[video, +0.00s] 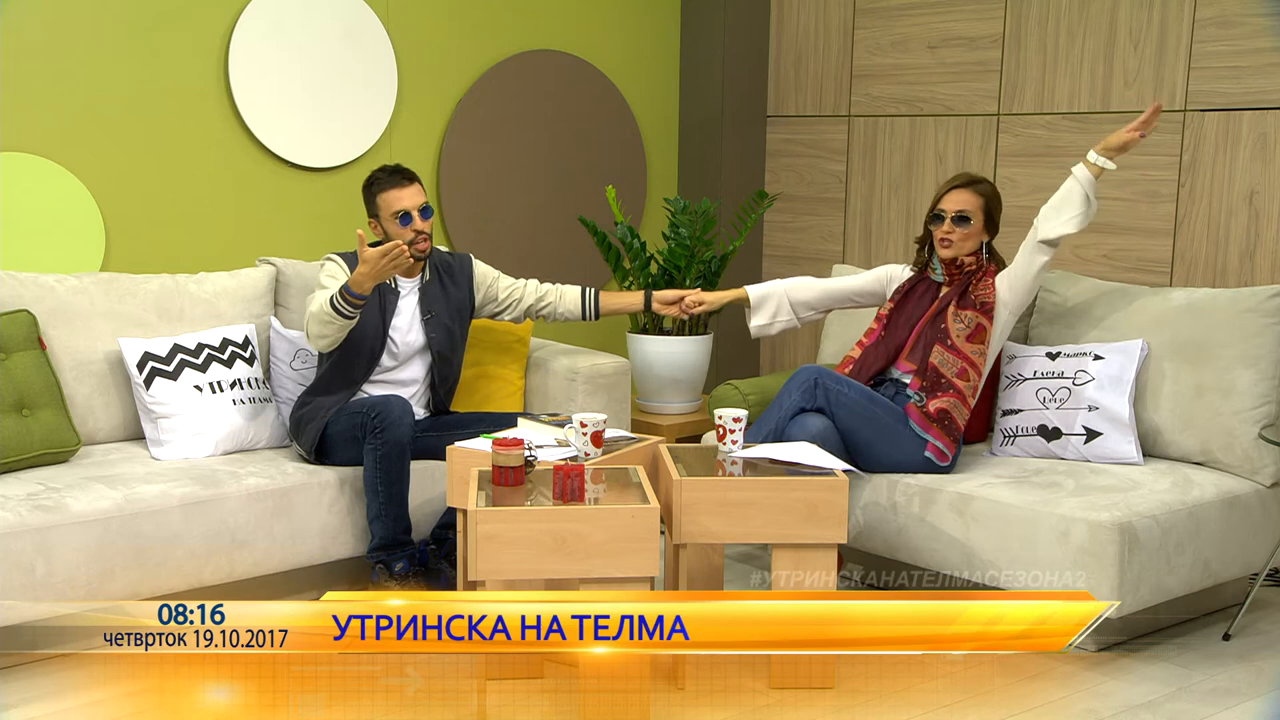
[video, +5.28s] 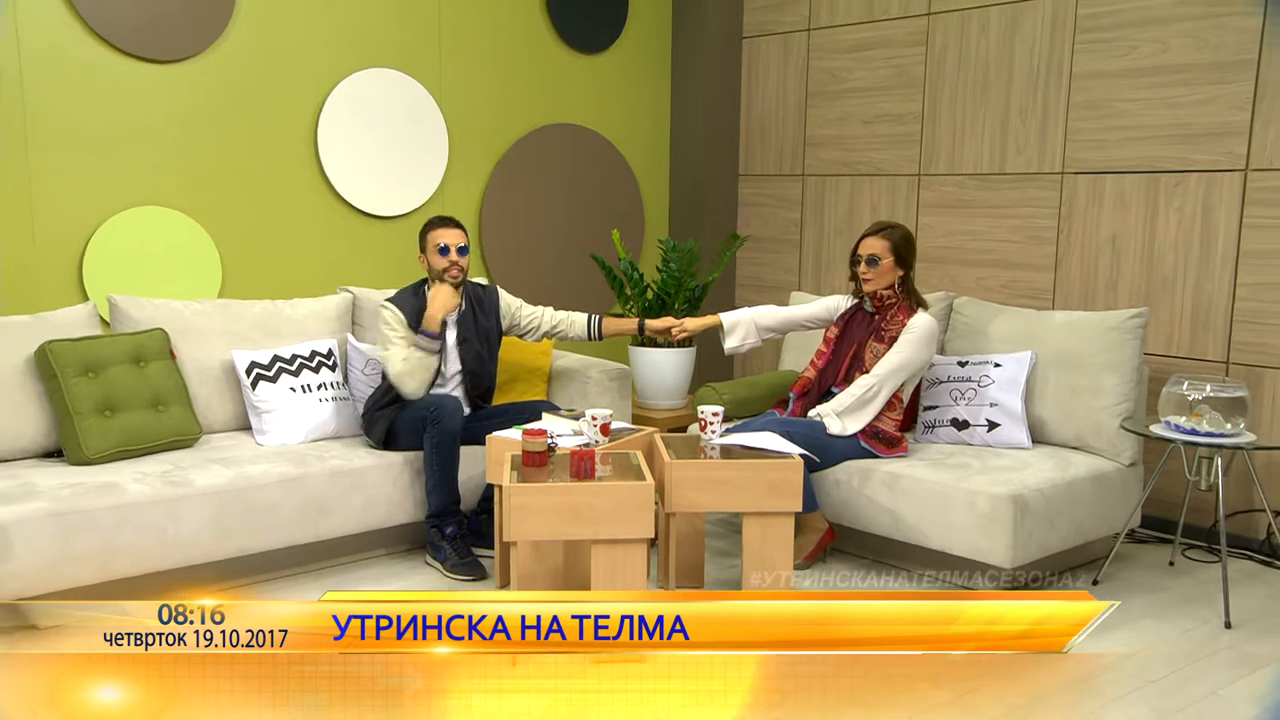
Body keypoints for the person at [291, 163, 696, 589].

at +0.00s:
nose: (419, 226)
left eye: (424, 212)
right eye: (402, 218)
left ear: (433, 212)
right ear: (374, 227)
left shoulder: (460, 273)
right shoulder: (345, 271)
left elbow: (543, 299)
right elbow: (319, 337)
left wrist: (650, 299)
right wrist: (361, 284)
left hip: (417, 421)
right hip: (332, 423)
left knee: (515, 430)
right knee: (393, 411)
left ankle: (443, 549)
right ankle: (393, 558)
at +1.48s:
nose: (440, 227)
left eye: (443, 215)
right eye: (424, 219)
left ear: (449, 216)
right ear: (390, 228)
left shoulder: (464, 276)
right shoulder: (345, 280)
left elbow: (547, 301)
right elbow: (307, 369)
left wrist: (654, 300)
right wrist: (354, 323)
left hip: (417, 421)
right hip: (331, 422)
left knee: (515, 431)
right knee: (393, 410)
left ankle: (444, 550)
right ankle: (392, 559)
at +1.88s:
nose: (443, 228)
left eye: (443, 215)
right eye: (428, 219)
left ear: (443, 215)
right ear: (389, 230)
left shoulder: (456, 275)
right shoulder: (334, 284)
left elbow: (533, 309)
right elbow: (306, 379)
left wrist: (637, 324)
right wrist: (369, 382)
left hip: (420, 420)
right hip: (333, 424)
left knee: (525, 431)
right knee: (391, 412)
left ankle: (440, 553)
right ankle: (393, 561)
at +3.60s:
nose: (431, 281)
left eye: (441, 270)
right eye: (420, 271)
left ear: (450, 259)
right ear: (398, 260)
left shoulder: (470, 295)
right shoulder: (361, 307)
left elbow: (544, 318)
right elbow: (318, 387)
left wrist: (638, 320)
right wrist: (371, 394)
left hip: (440, 426)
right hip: (367, 428)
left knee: (527, 420)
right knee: (411, 427)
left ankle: (464, 548)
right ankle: (425, 557)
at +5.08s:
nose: (457, 262)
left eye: (464, 253)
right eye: (445, 254)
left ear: (471, 258)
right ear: (424, 263)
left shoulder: (490, 302)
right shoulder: (392, 312)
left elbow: (559, 323)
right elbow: (360, 390)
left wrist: (643, 325)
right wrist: (396, 381)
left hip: (463, 419)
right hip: (393, 422)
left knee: (546, 416)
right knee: (443, 408)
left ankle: (483, 524)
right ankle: (442, 537)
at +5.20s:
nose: (456, 260)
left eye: (463, 251)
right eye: (444, 252)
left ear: (470, 257)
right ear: (424, 261)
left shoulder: (489, 301)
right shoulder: (394, 312)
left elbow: (556, 323)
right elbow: (382, 393)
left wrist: (642, 325)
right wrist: (416, 350)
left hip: (464, 418)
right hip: (394, 421)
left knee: (547, 415)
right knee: (444, 406)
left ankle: (485, 521)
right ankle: (443, 534)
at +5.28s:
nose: (455, 258)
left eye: (462, 250)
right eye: (443, 251)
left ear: (469, 255)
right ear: (424, 259)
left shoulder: (488, 299)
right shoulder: (398, 310)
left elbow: (555, 322)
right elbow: (410, 383)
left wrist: (642, 326)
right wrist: (433, 320)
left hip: (465, 416)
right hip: (398, 419)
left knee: (548, 415)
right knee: (446, 406)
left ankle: (486, 520)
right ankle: (445, 533)